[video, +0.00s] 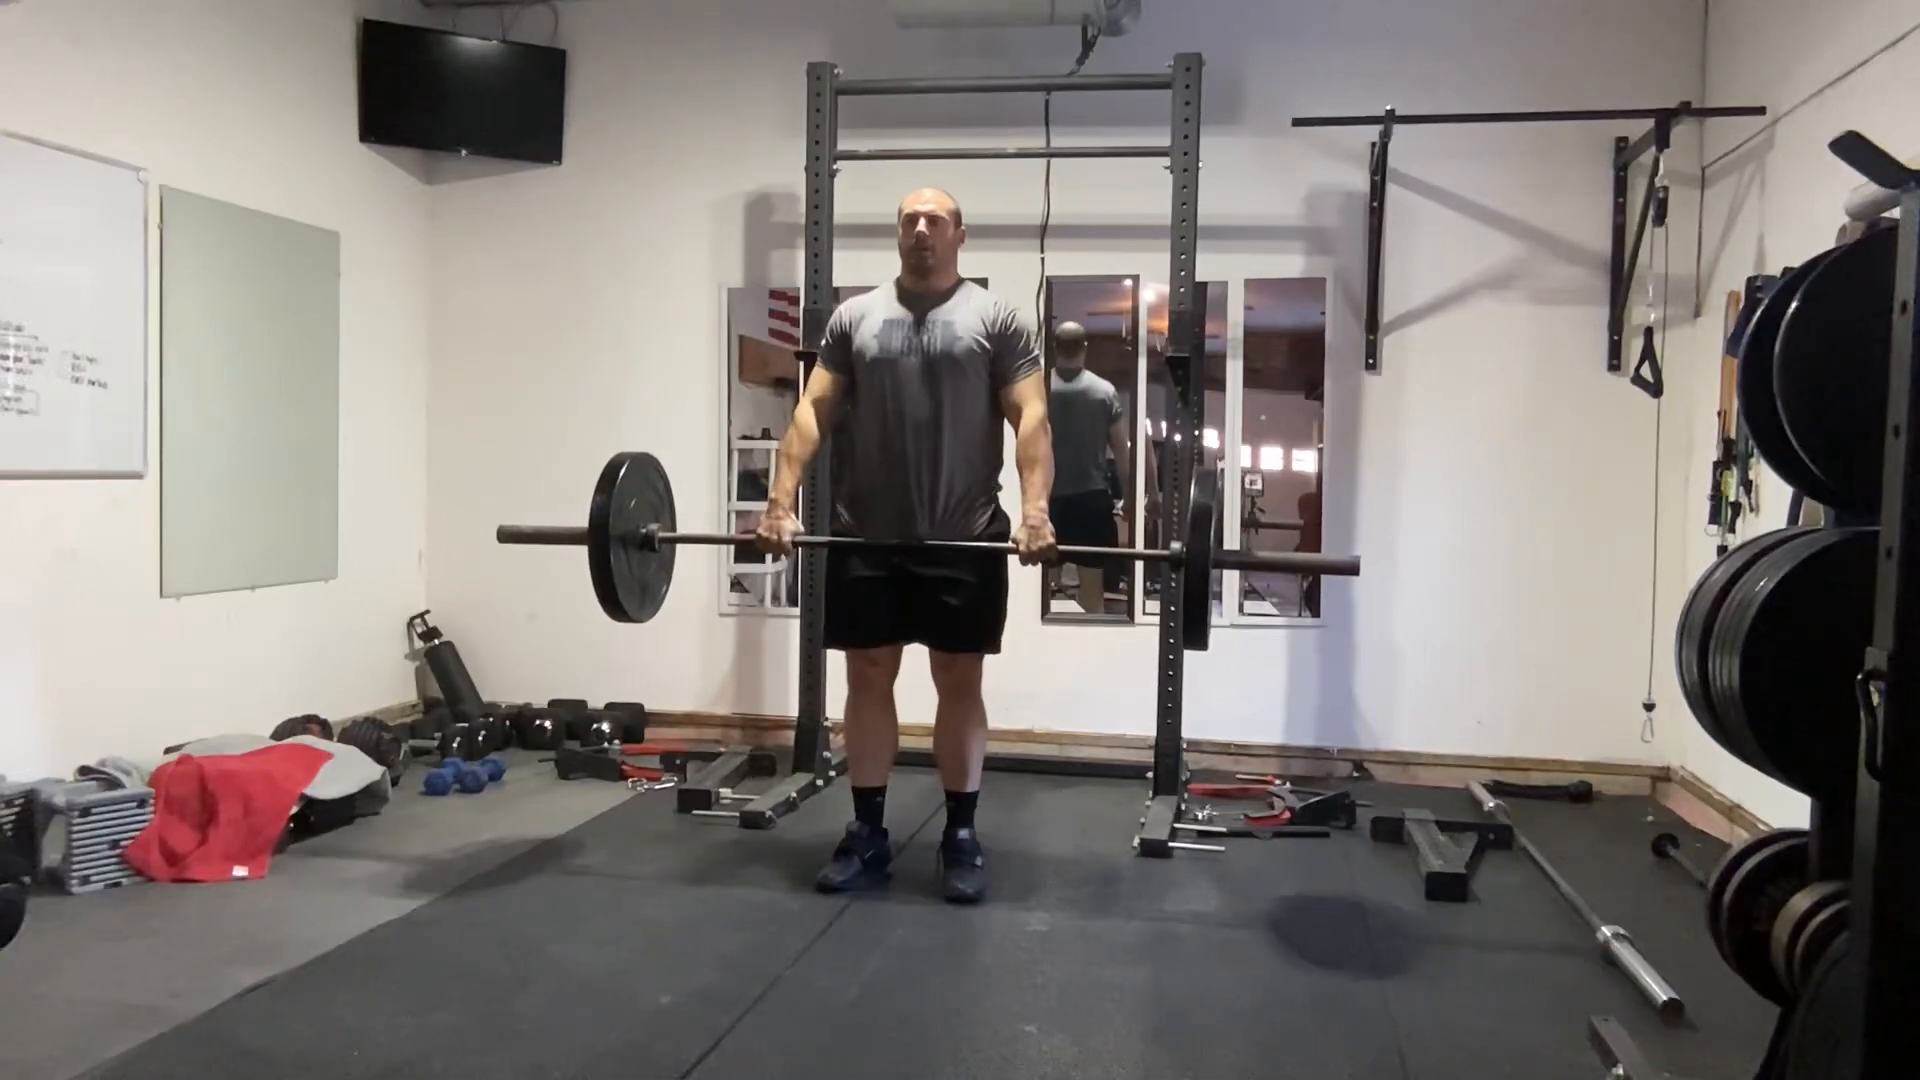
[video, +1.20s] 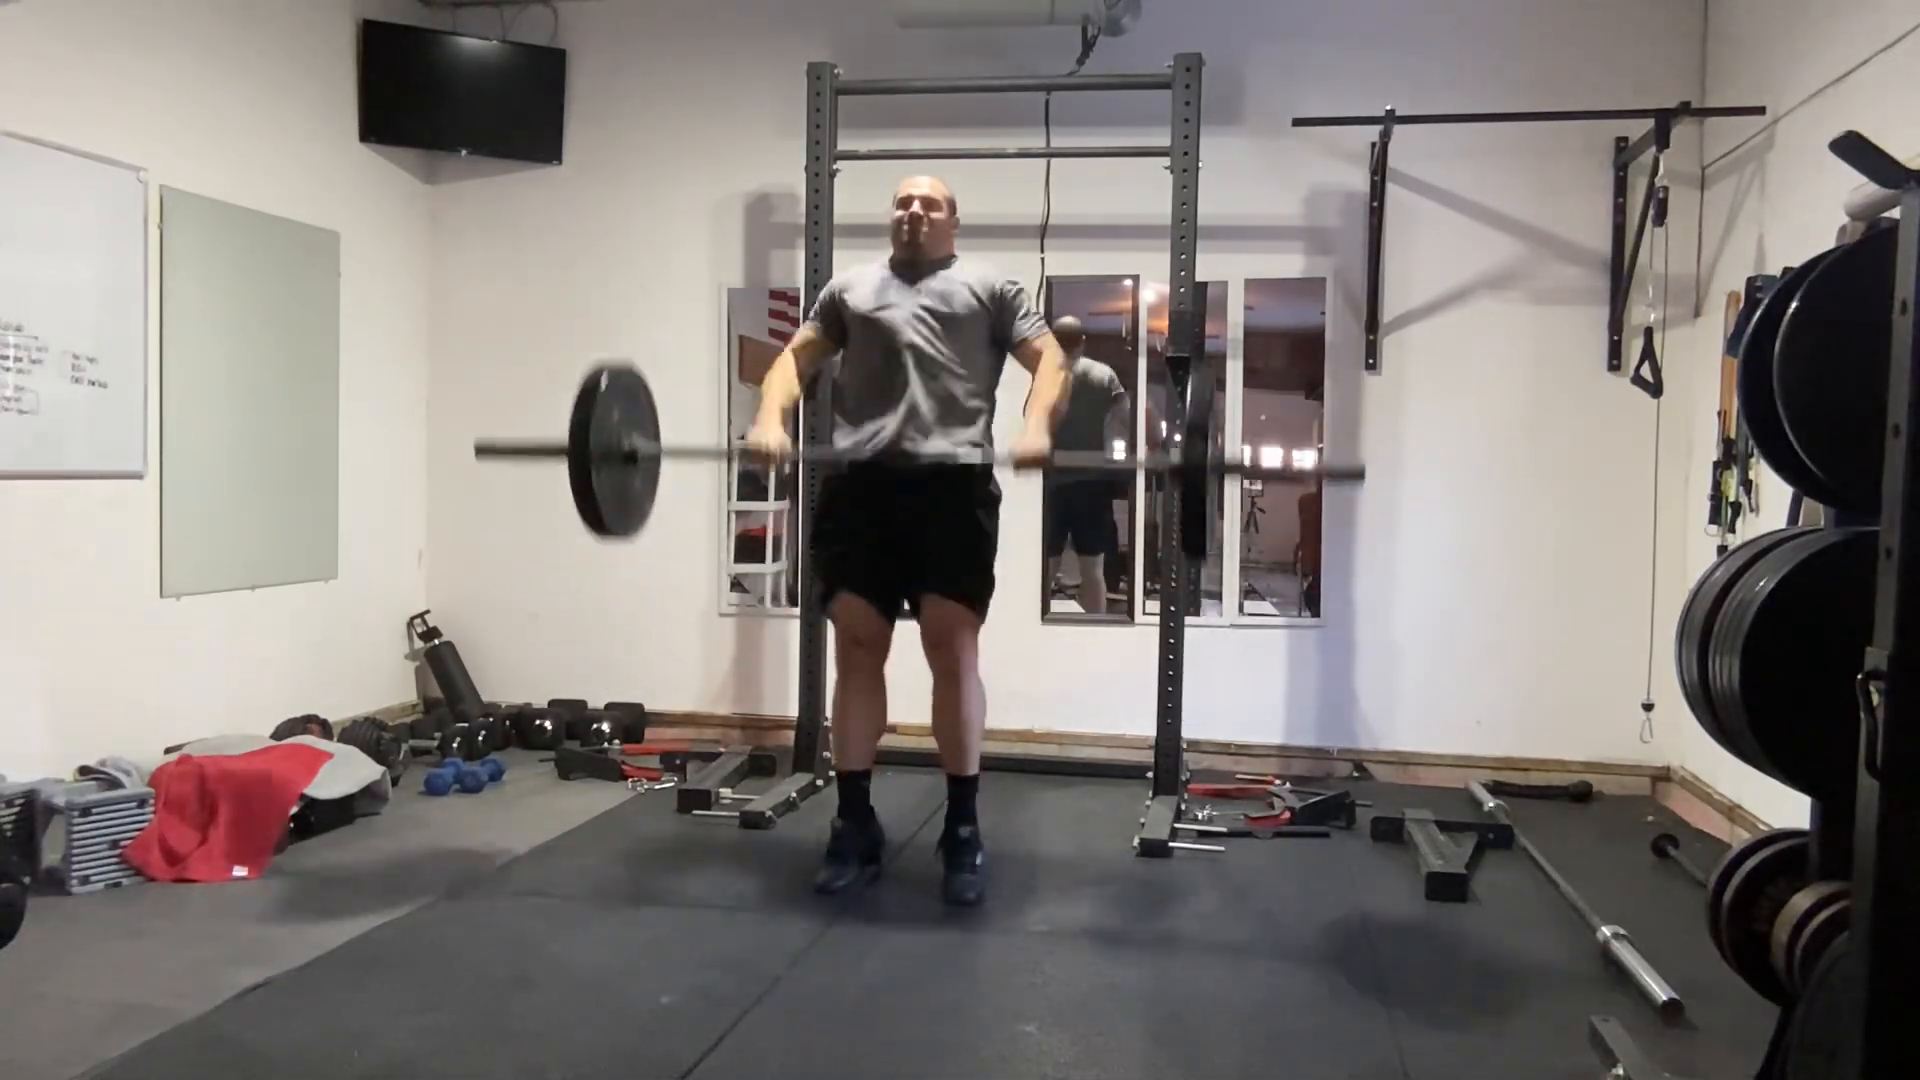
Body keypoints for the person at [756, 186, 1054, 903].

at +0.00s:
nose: (920, 228)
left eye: (935, 219)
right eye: (910, 219)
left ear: (959, 238)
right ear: (897, 236)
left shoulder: (995, 320)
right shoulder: (853, 318)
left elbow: (1030, 417)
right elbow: (810, 410)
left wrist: (1035, 508)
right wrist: (780, 501)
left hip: (962, 534)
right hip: (867, 533)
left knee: (958, 679)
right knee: (867, 676)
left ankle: (961, 836)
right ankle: (866, 836)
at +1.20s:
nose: (915, 211)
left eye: (930, 204)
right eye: (904, 203)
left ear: (954, 224)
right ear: (889, 221)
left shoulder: (989, 288)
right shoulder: (851, 289)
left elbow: (1051, 361)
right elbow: (791, 362)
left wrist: (1037, 425)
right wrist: (770, 418)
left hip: (954, 486)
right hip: (862, 483)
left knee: (950, 647)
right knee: (857, 648)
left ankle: (962, 827)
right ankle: (853, 822)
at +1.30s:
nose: (911, 218)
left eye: (927, 209)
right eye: (900, 208)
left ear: (952, 227)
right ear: (885, 225)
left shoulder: (988, 290)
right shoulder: (850, 296)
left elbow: (1049, 348)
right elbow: (808, 363)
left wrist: (1043, 354)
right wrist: (780, 362)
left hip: (951, 481)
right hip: (859, 481)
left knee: (949, 646)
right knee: (856, 654)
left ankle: (964, 830)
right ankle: (855, 824)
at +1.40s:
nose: (900, 213)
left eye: (916, 205)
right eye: (891, 206)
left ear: (945, 229)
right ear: (878, 229)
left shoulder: (978, 302)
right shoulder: (844, 305)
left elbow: (1047, 398)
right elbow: (811, 407)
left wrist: (1040, 342)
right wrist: (783, 350)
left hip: (948, 499)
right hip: (859, 497)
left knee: (949, 670)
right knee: (860, 671)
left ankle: (961, 838)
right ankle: (864, 836)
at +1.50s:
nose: (899, 216)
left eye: (915, 208)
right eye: (889, 209)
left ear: (945, 233)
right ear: (878, 234)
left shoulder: (981, 320)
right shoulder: (838, 322)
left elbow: (1037, 422)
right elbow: (791, 418)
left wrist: (1037, 329)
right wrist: (778, 331)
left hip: (944, 513)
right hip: (855, 511)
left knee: (947, 679)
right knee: (861, 678)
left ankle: (959, 839)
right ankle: (866, 837)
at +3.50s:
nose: (885, 204)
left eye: (901, 195)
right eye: (878, 196)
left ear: (936, 215)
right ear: (866, 216)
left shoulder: (973, 282)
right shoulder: (831, 283)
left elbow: (1038, 187)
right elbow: (760, 194)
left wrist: (1045, 84)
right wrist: (763, 93)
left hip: (949, 508)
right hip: (860, 509)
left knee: (950, 677)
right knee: (872, 675)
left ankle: (960, 839)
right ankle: (868, 839)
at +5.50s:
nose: (862, 338)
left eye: (877, 327)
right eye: (853, 327)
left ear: (907, 338)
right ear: (839, 337)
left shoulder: (957, 419)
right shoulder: (812, 417)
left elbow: (1002, 526)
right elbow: (779, 515)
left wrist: (1012, 629)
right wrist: (759, 614)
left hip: (954, 553)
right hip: (861, 553)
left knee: (971, 679)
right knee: (825, 667)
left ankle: (945, 829)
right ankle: (852, 827)